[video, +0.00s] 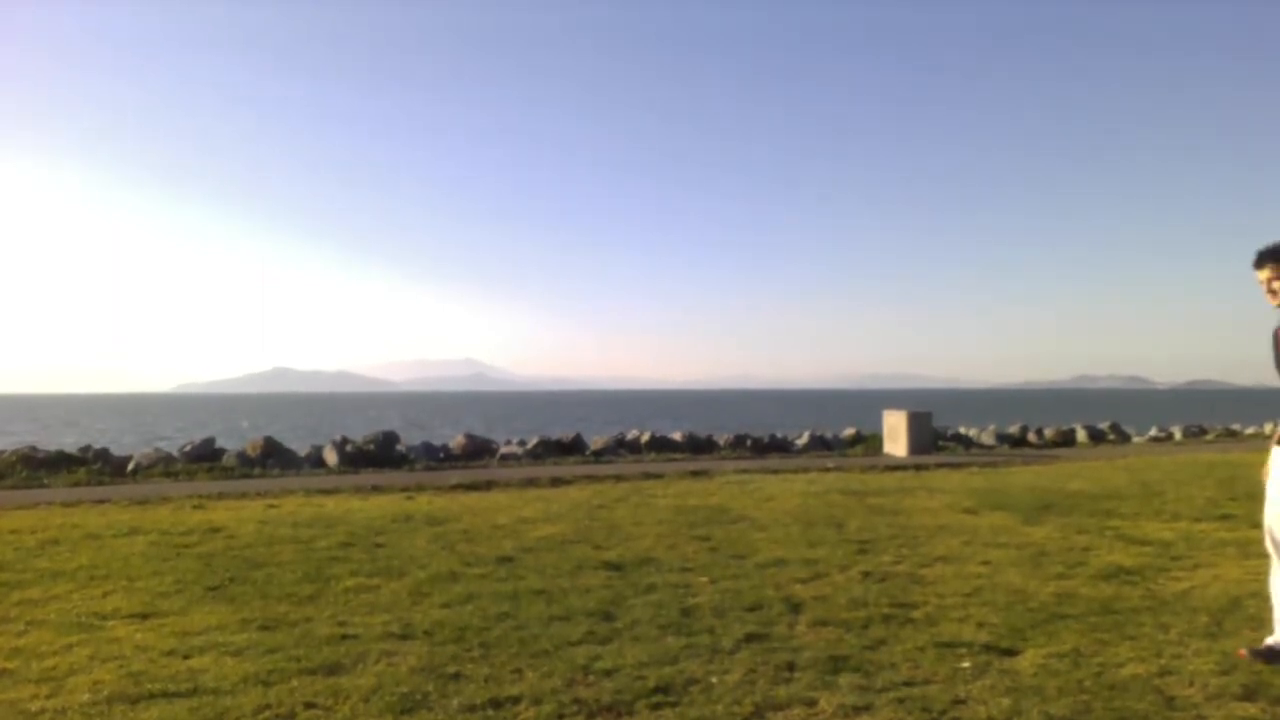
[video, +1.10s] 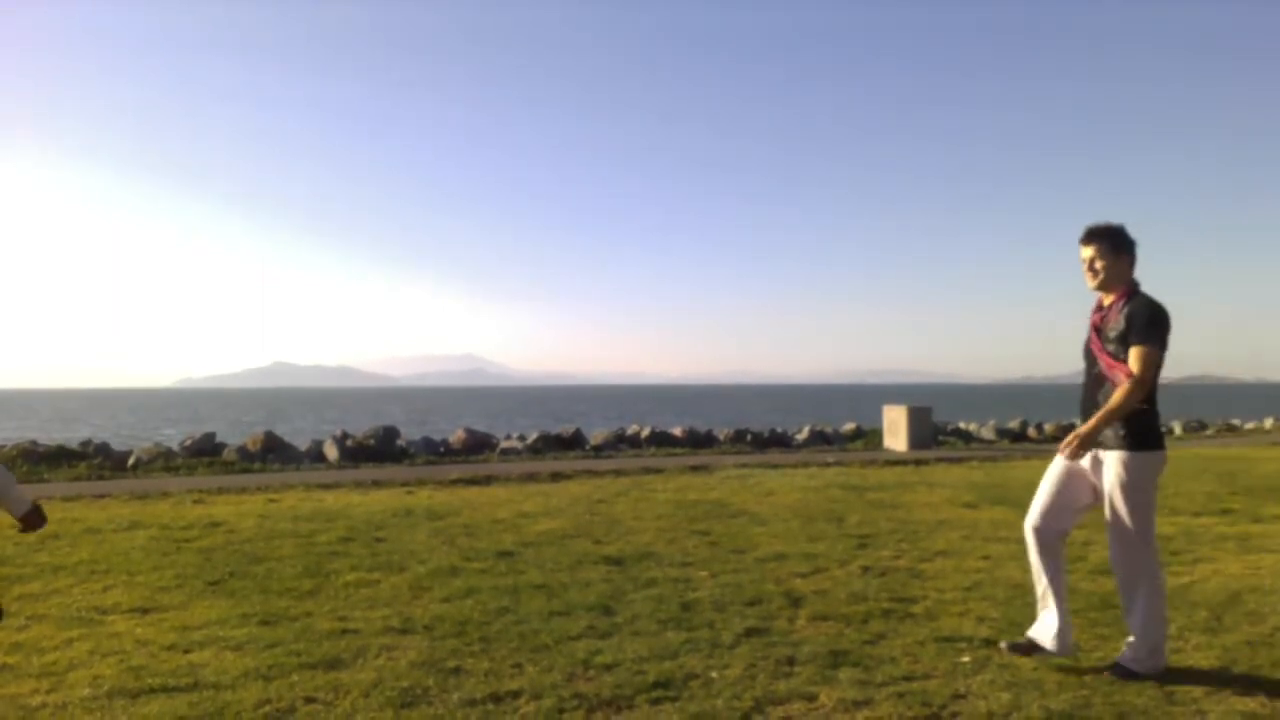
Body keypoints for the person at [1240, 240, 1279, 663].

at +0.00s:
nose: (1270, 292)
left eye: (1274, 283)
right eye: (1266, 285)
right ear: (1261, 286)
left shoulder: (1276, 334)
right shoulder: (1274, 335)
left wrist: (1273, 447)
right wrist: (1274, 446)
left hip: (1277, 443)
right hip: (1277, 443)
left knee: (1274, 530)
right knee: (1272, 531)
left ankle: (1277, 631)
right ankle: (1276, 630)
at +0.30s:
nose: (1240, 275)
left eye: (1248, 267)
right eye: (1235, 269)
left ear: (1271, 266)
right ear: (1233, 273)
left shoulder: (1277, 314)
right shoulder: (1239, 323)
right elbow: (1221, 384)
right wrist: (1186, 428)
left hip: (1271, 438)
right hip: (1240, 439)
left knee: (1220, 514)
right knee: (1259, 538)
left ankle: (1207, 623)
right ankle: (1278, 628)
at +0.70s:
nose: (1170, 273)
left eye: (1181, 266)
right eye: (1167, 265)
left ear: (1205, 269)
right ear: (1162, 270)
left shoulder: (1224, 324)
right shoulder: (1160, 326)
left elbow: (1252, 392)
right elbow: (1152, 390)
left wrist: (1266, 457)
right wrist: (1128, 440)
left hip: (1203, 452)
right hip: (1167, 451)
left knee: (1176, 546)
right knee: (1209, 546)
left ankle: (1156, 649)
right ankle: (1269, 628)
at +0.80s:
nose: (1145, 273)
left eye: (1154, 265)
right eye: (1141, 266)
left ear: (1181, 266)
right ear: (1138, 269)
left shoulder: (1202, 322)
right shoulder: (1140, 323)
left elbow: (1224, 392)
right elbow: (1137, 388)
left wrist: (1232, 458)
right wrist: (1121, 442)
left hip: (1183, 450)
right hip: (1143, 449)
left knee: (1163, 550)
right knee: (1148, 546)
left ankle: (1148, 653)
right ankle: (1238, 599)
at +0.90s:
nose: (1124, 273)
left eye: (1133, 265)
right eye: (1119, 266)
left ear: (1159, 265)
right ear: (1117, 270)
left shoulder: (1181, 319)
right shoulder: (1127, 320)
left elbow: (1195, 392)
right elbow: (1128, 388)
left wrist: (1188, 458)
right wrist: (1114, 438)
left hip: (1160, 449)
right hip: (1121, 446)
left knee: (1151, 551)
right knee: (1101, 536)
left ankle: (1147, 652)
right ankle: (1184, 582)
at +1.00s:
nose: (1106, 271)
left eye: (1115, 263)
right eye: (1102, 264)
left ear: (1143, 262)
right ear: (1101, 268)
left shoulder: (1164, 316)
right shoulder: (1116, 314)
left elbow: (1165, 391)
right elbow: (1120, 380)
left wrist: (1137, 447)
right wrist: (1106, 432)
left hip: (1146, 450)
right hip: (1103, 443)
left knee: (1140, 553)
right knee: (1064, 526)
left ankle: (1148, 653)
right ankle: (1120, 605)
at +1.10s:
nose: (1090, 269)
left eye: (1098, 260)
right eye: (1085, 263)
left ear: (1126, 260)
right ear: (1084, 267)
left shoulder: (1146, 312)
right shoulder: (1100, 313)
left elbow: (1139, 383)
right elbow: (1108, 379)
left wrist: (1088, 430)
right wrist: (1091, 429)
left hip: (1130, 448)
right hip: (1089, 442)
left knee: (1133, 552)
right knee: (1040, 527)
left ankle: (1146, 654)